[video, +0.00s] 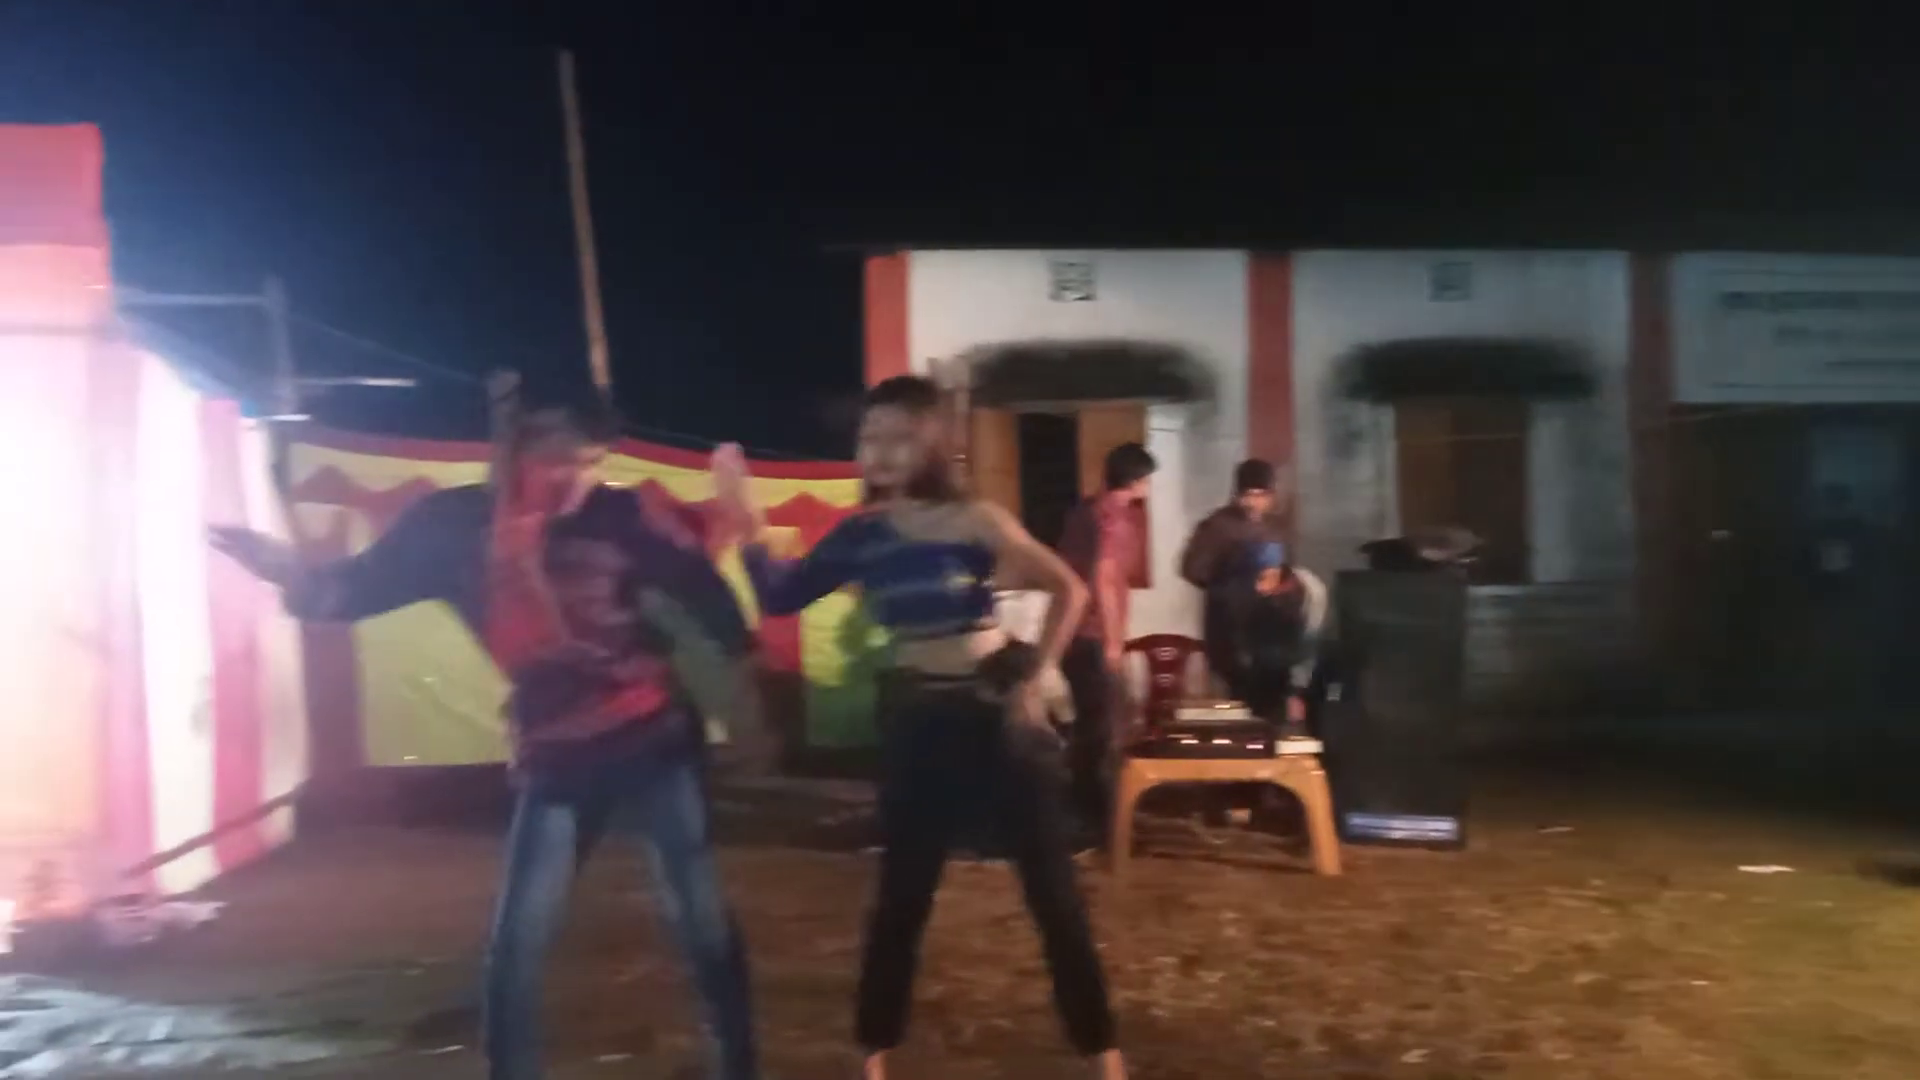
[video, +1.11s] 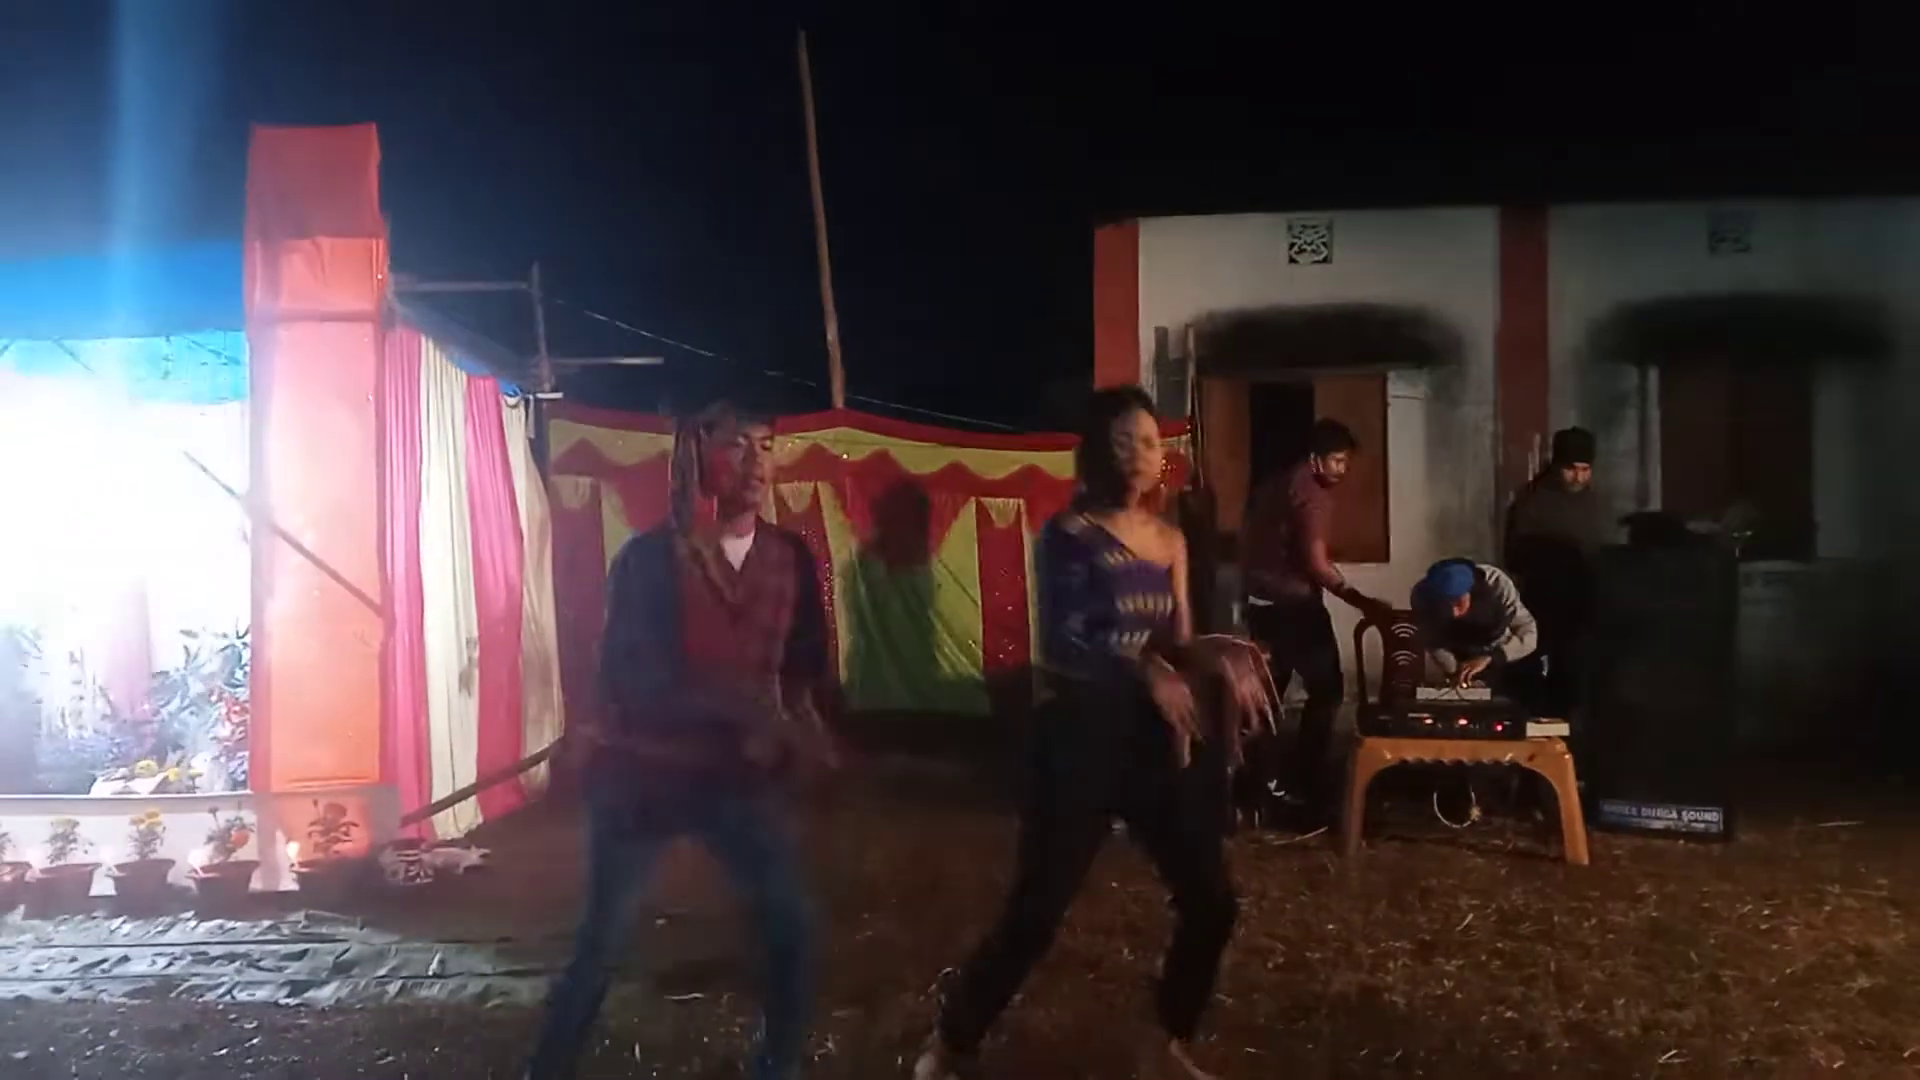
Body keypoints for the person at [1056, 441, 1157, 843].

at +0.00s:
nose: (1149, 486)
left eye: (1148, 479)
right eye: (1146, 479)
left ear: (1114, 474)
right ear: (1135, 480)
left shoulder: (1089, 509)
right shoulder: (1112, 516)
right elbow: (1105, 578)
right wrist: (1113, 640)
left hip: (1076, 636)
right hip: (1095, 639)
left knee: (1090, 726)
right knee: (1103, 728)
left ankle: (1085, 812)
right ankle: (1097, 817)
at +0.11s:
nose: (1184, 485)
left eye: (1183, 478)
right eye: (1182, 479)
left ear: (1147, 473)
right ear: (1172, 481)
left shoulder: (1116, 508)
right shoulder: (1153, 517)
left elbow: (1095, 569)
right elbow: (1149, 581)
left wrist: (1102, 623)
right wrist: (1156, 647)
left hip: (1108, 632)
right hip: (1134, 637)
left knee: (1123, 724)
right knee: (1136, 727)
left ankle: (1112, 812)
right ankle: (1128, 818)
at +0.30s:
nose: (1228, 487)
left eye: (1228, 479)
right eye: (1228, 480)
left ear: (1189, 472)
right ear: (1219, 480)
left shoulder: (1154, 509)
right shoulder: (1201, 513)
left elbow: (1126, 566)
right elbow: (1208, 582)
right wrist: (1228, 637)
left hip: (1140, 631)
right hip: (1175, 635)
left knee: (1147, 721)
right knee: (1180, 724)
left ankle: (1140, 825)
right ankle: (1172, 828)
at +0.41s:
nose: (1265, 485)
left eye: (1265, 477)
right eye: (1264, 478)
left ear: (1224, 471)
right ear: (1253, 478)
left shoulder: (1196, 505)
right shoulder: (1237, 514)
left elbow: (1166, 566)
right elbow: (1254, 583)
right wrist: (1285, 645)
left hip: (1181, 630)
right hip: (1213, 634)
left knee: (1208, 721)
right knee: (1216, 722)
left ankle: (1204, 818)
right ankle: (1210, 822)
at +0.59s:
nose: (1308, 481)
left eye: (1309, 473)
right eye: (1307, 473)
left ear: (1269, 465)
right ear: (1297, 472)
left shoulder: (1233, 503)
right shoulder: (1286, 510)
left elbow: (1213, 561)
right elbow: (1309, 583)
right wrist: (1337, 634)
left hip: (1228, 630)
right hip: (1264, 632)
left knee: (1248, 727)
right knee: (1264, 730)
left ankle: (1243, 823)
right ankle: (1255, 829)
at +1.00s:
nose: (1339, 486)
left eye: (1340, 478)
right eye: (1336, 478)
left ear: (1309, 474)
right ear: (1316, 475)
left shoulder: (1265, 506)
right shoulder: (1311, 513)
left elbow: (1252, 566)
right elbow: (1323, 581)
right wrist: (1352, 629)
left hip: (1263, 623)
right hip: (1303, 624)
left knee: (1264, 714)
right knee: (1313, 718)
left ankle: (1249, 803)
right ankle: (1301, 814)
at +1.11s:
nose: (1344, 469)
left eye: (1345, 461)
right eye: (1340, 461)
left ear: (1318, 457)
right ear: (1320, 458)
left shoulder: (1282, 482)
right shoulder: (1312, 493)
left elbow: (1254, 544)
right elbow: (1316, 564)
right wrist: (1363, 604)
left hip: (1263, 603)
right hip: (1298, 606)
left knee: (1268, 693)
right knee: (1327, 691)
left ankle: (1255, 781)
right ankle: (1307, 783)